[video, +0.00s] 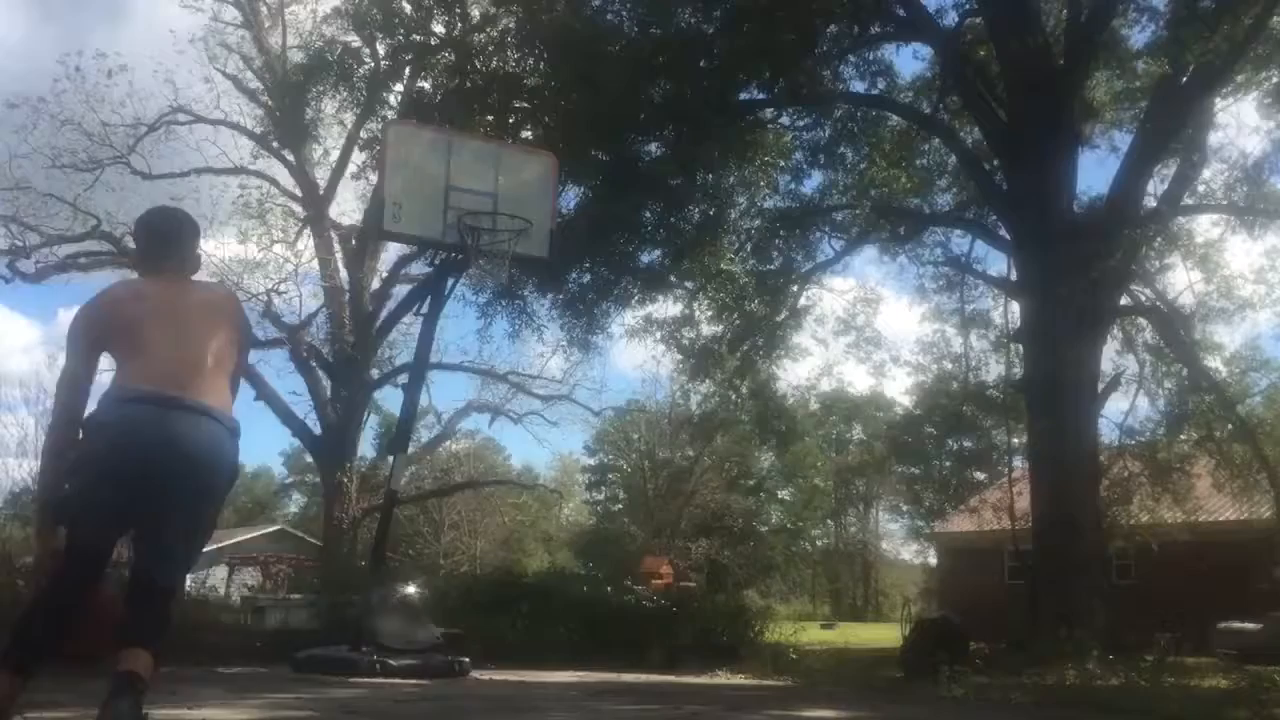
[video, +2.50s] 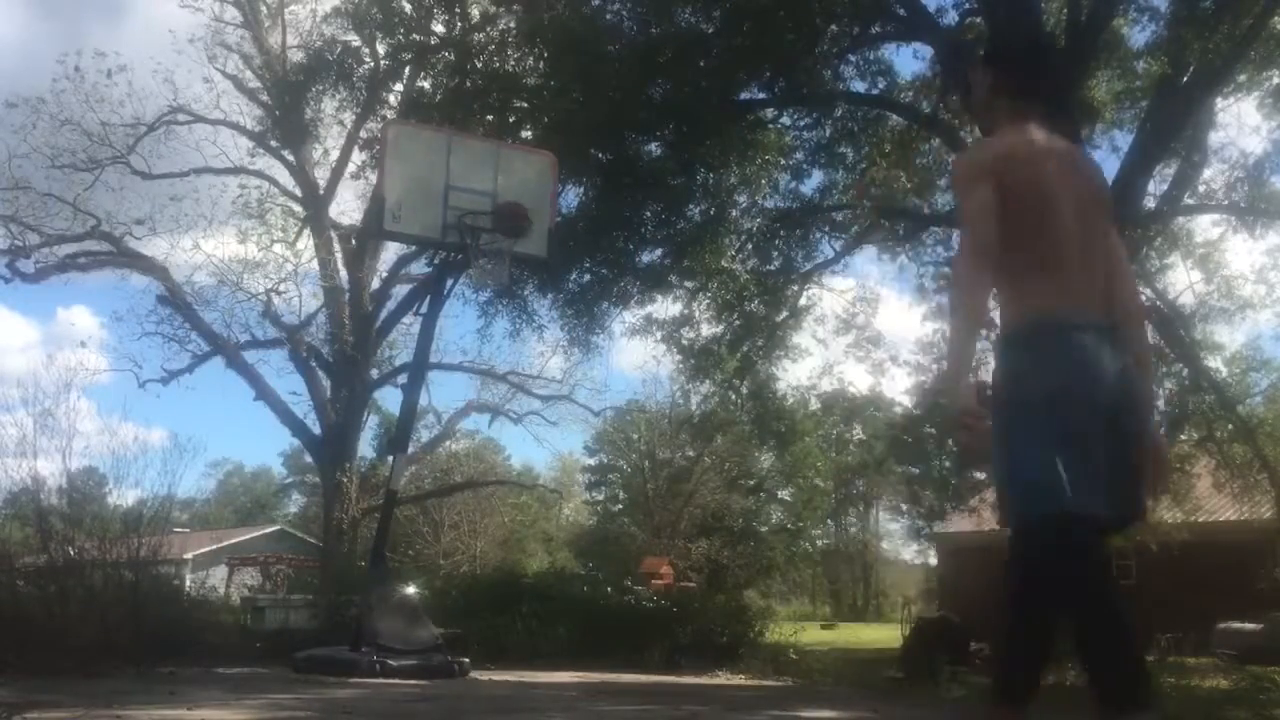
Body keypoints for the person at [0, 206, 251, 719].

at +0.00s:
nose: (195, 257)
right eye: (196, 249)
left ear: (137, 251)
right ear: (195, 254)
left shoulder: (105, 304)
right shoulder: (229, 304)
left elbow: (66, 418)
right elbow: (229, 386)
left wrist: (46, 513)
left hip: (123, 428)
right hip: (207, 441)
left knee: (74, 569)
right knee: (159, 579)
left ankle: (8, 689)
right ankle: (126, 695)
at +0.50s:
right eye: (428, 99)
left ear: (374, 102)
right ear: (432, 100)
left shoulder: (335, 164)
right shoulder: (455, 157)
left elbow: (286, 234)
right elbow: (536, 236)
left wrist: (329, 297)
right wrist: (612, 268)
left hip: (346, 321)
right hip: (423, 323)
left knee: (344, 516)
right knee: (419, 512)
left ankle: (311, 691)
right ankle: (414, 694)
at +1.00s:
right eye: (746, 168)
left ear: (687, 172)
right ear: (746, 171)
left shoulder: (657, 240)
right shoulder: (771, 233)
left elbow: (626, 350)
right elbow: (771, 339)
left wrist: (690, 330)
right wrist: (801, 377)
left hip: (660, 425)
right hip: (733, 419)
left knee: (740, 543)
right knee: (800, 579)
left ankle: (697, 679)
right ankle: (806, 707)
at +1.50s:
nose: (878, 7)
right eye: (875, 5)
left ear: (804, 9)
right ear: (861, 6)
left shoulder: (778, 42)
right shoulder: (884, 34)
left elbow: (751, 4)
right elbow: (909, 11)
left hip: (798, 241)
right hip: (877, 241)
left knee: (777, 434)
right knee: (881, 435)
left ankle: (748, 633)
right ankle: (886, 638)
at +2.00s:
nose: (906, 121)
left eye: (907, 111)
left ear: (911, 115)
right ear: (970, 119)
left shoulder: (872, 197)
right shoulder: (1005, 199)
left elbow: (860, 315)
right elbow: (1014, 310)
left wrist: (845, 408)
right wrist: (998, 388)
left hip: (894, 385)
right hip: (976, 389)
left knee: (863, 555)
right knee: (953, 563)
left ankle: (812, 699)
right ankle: (949, 704)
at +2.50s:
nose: (971, 100)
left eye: (975, 87)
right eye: (972, 88)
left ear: (994, 84)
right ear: (1045, 87)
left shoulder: (982, 158)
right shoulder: (1084, 167)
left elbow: (977, 262)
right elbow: (1126, 296)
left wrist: (957, 374)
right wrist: (1147, 412)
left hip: (1039, 358)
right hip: (1110, 359)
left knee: (1069, 552)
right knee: (1042, 554)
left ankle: (1129, 702)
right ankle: (1010, 701)